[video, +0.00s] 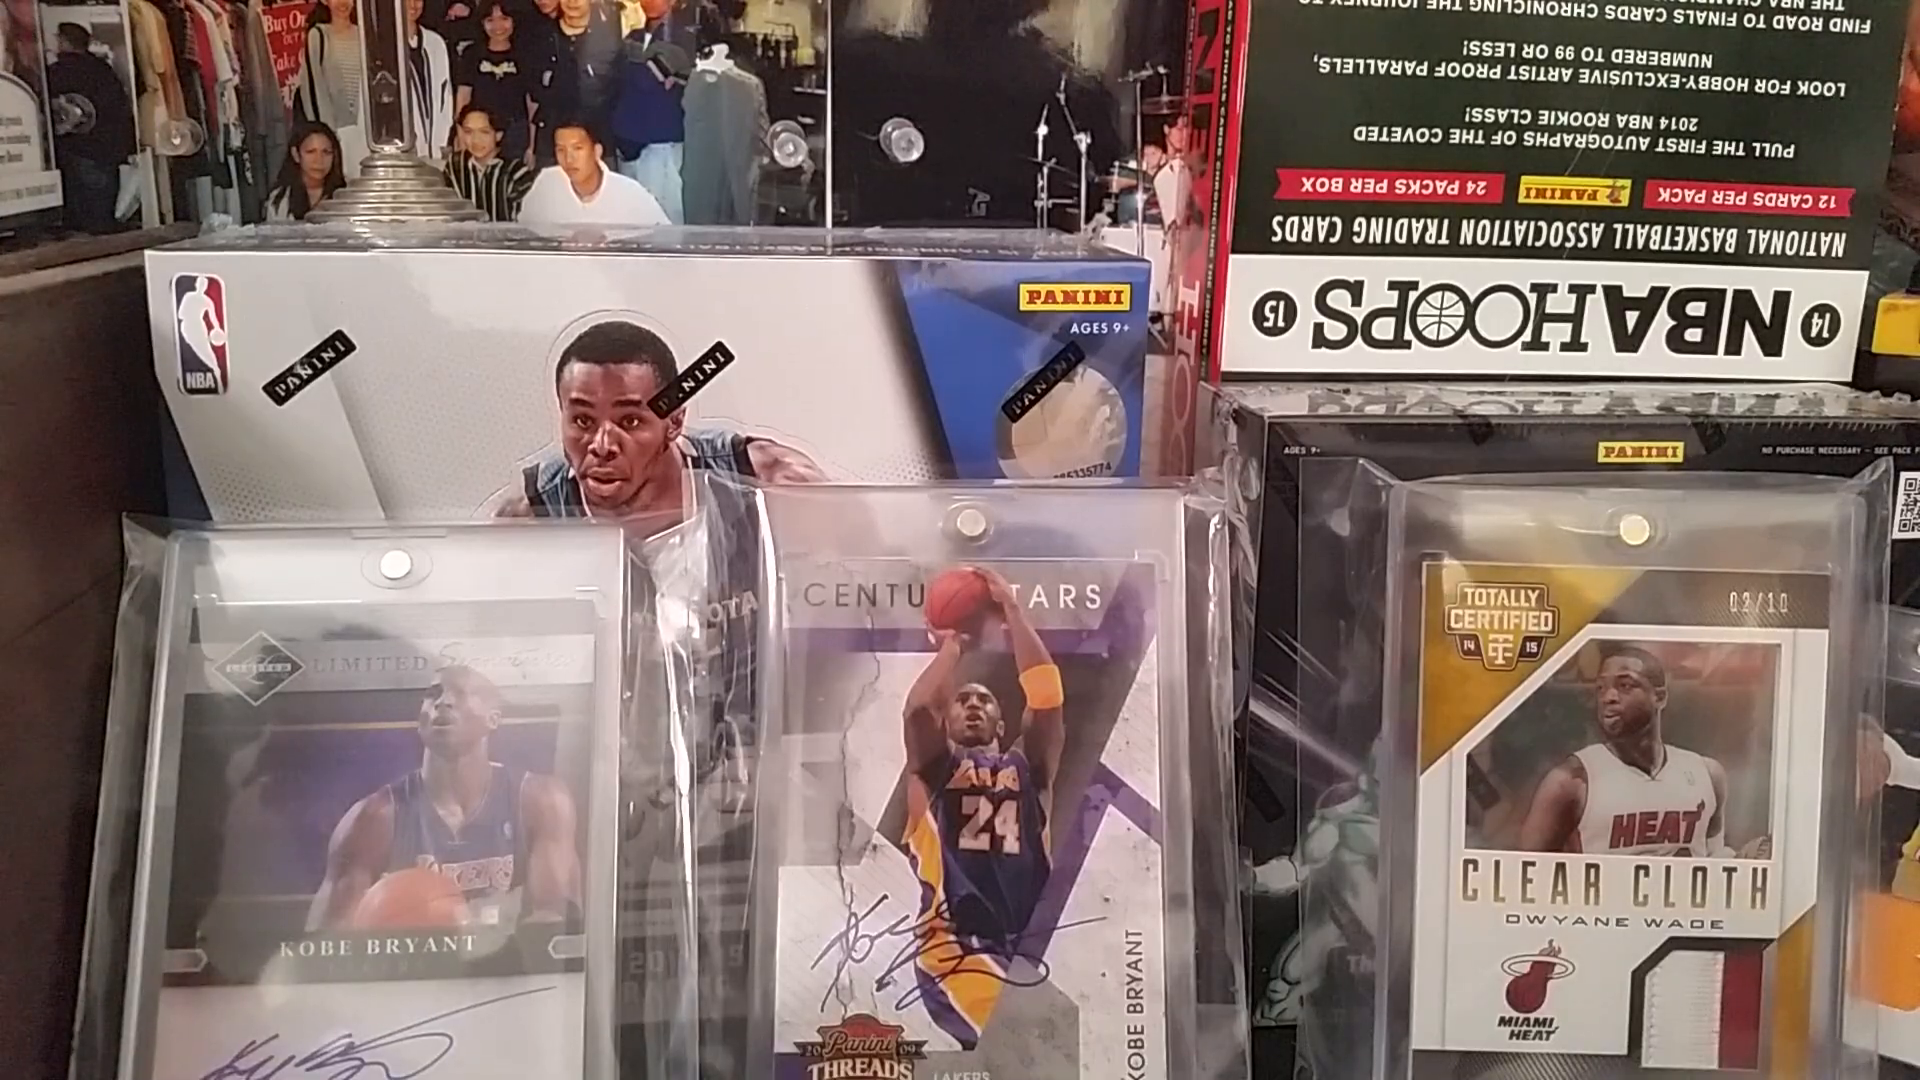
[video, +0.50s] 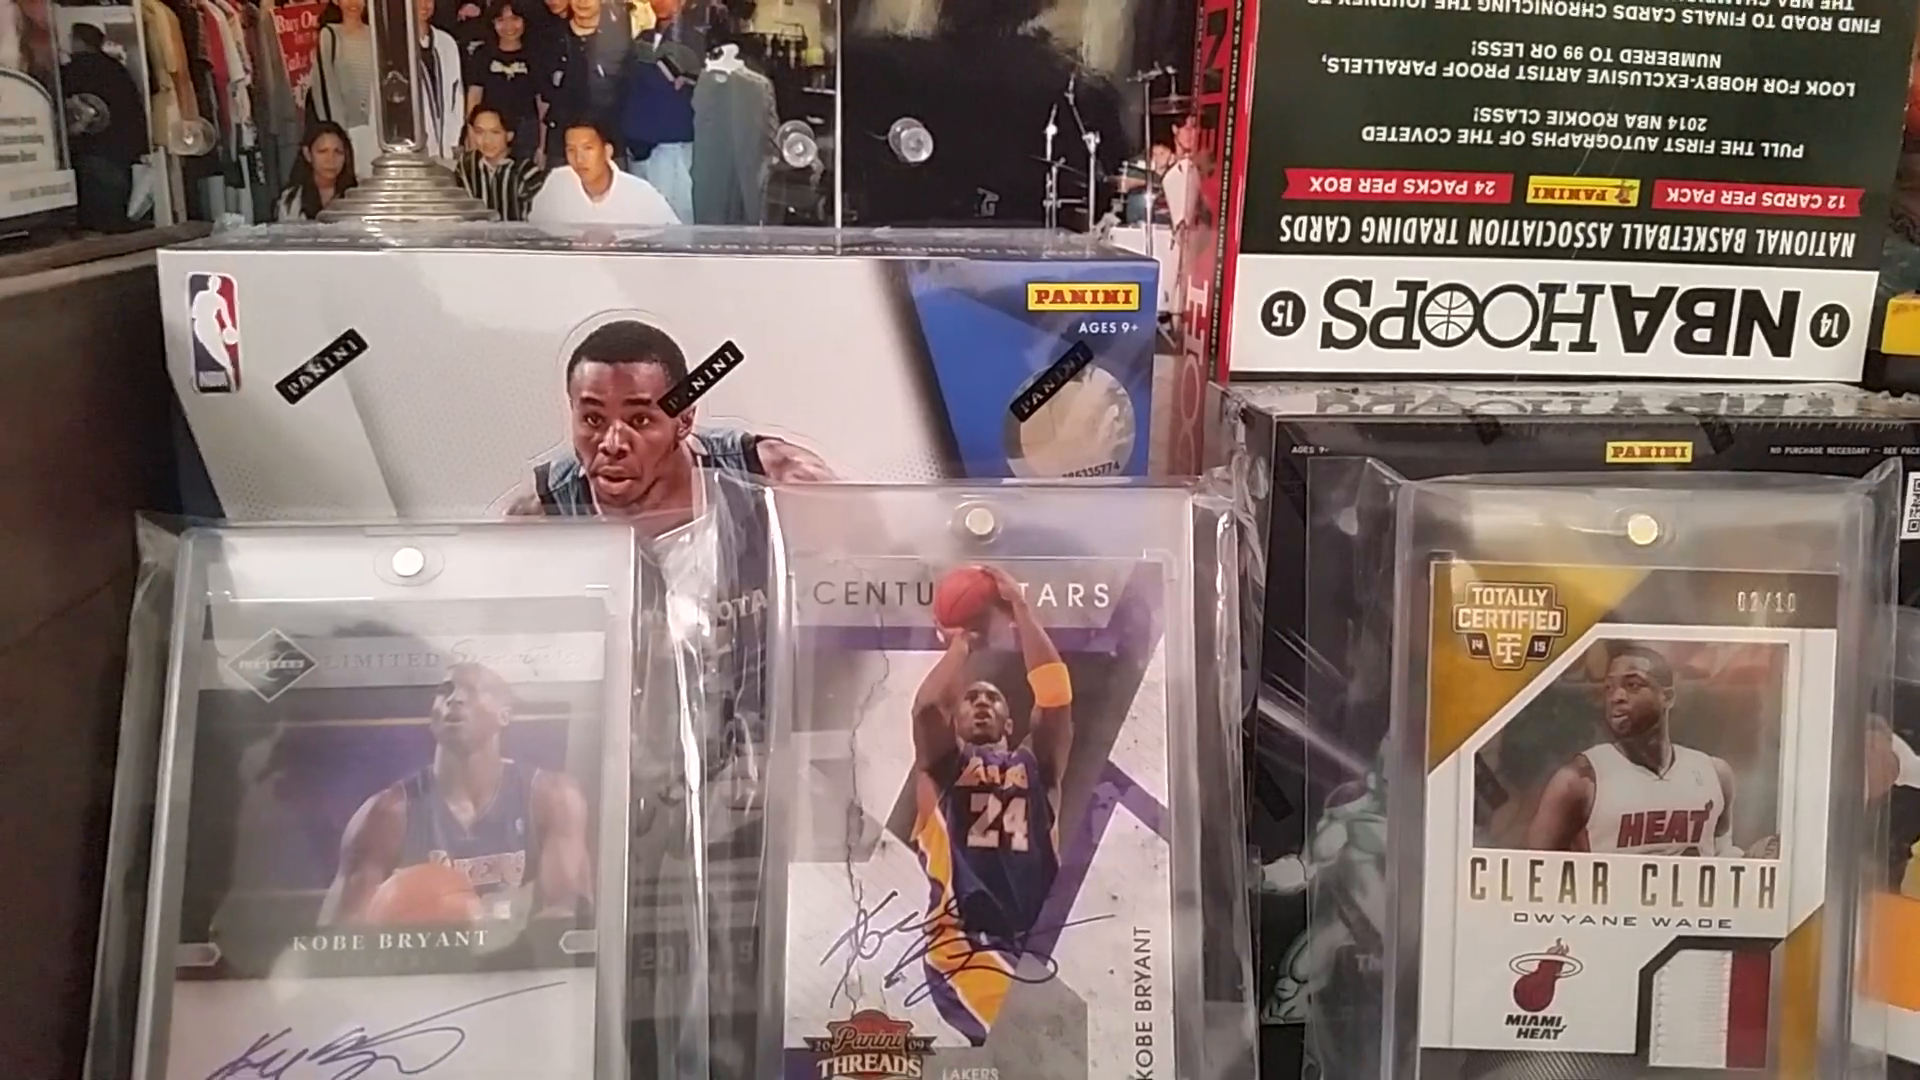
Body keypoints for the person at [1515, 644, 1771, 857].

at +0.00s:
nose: (1608, 697)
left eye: (1625, 685)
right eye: (1601, 688)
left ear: (1660, 698)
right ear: (1594, 697)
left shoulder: (1708, 776)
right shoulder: (1569, 783)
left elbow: (1715, 856)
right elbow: (1524, 879)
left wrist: (1746, 860)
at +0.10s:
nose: (1608, 697)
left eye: (1625, 685)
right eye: (1601, 688)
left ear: (1660, 698)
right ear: (1594, 697)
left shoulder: (1708, 776)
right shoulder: (1568, 783)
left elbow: (1715, 856)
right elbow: (1524, 878)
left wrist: (1747, 860)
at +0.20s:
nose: (1609, 697)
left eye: (1625, 685)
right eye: (1602, 688)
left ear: (1660, 698)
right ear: (1595, 697)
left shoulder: (1708, 777)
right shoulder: (1569, 783)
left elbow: (1715, 856)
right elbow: (1524, 879)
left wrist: (1747, 860)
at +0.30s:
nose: (1609, 697)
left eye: (1626, 685)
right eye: (1602, 688)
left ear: (1661, 697)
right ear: (1596, 697)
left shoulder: (1709, 777)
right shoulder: (1570, 782)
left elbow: (1716, 858)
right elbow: (1525, 878)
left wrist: (1746, 859)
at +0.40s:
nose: (1611, 697)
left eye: (1629, 685)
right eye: (1605, 688)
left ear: (1664, 697)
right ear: (1598, 697)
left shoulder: (1712, 776)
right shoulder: (1573, 782)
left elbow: (1719, 858)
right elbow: (1528, 878)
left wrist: (1751, 860)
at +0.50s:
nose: (1616, 697)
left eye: (1633, 685)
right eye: (1609, 688)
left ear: (1667, 697)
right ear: (1602, 697)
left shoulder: (1716, 776)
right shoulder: (1577, 781)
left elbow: (1722, 856)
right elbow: (1533, 877)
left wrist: (1755, 859)